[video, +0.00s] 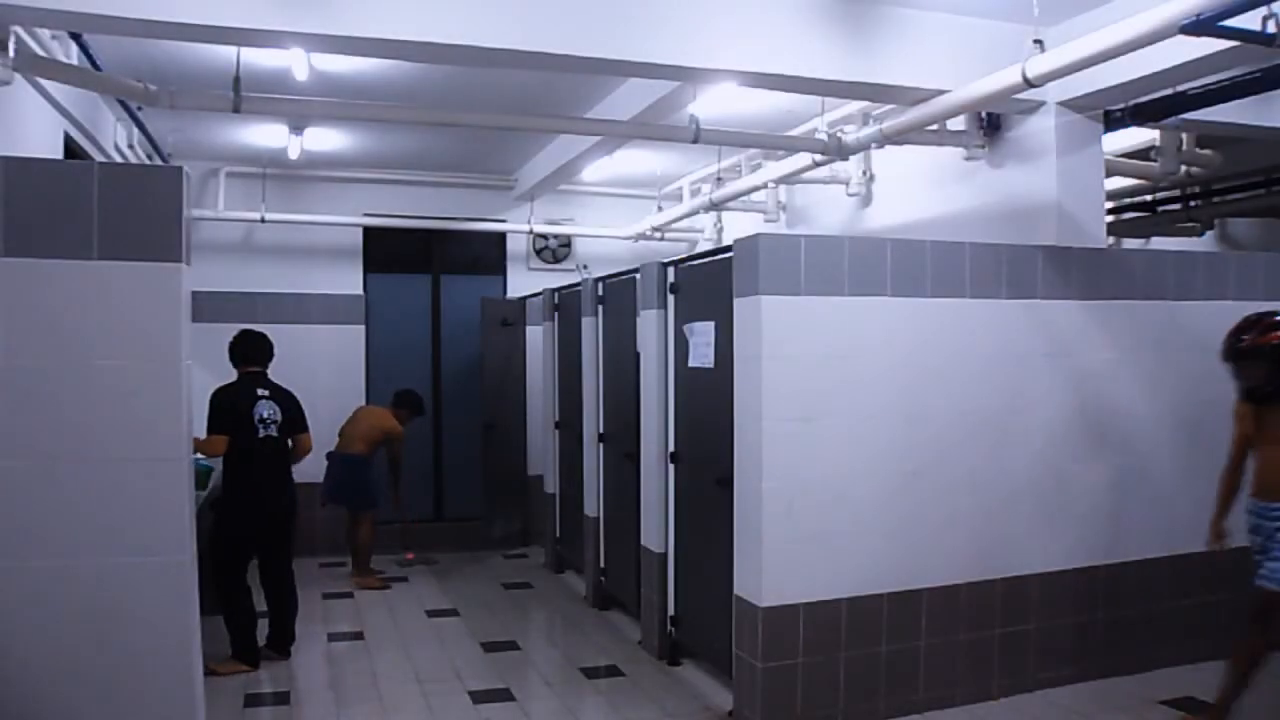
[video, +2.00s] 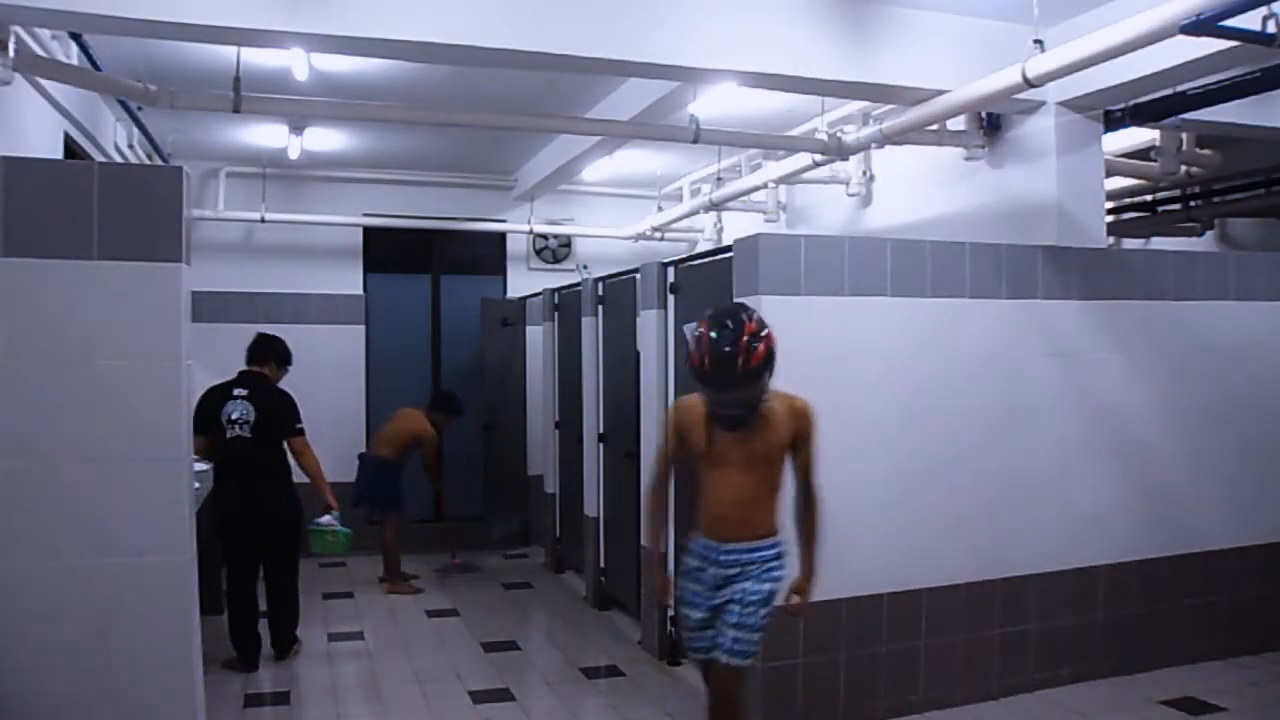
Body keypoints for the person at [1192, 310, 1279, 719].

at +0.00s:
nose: (1244, 375)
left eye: (1251, 364)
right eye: (1241, 365)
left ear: (1269, 364)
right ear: (1243, 366)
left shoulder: (1255, 405)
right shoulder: (1250, 404)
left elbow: (1235, 464)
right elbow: (1236, 463)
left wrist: (1219, 517)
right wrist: (1219, 518)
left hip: (1270, 520)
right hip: (1264, 518)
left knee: (1261, 619)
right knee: (1262, 619)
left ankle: (1221, 705)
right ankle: (1221, 704)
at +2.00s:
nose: (729, 411)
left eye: (741, 401)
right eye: (720, 399)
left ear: (763, 381)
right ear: (704, 383)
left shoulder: (793, 416)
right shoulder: (685, 414)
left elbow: (806, 494)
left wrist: (807, 571)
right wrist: (655, 563)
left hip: (759, 563)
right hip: (700, 560)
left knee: (726, 680)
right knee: (713, 679)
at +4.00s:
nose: (623, 413)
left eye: (636, 401)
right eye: (611, 401)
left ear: (654, 383)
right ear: (588, 380)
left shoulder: (671, 420)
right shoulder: (554, 420)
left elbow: (665, 489)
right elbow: (535, 491)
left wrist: (688, 552)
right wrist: (540, 561)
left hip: (648, 575)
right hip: (580, 576)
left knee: (651, 698)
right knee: (579, 701)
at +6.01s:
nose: (618, 408)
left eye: (630, 396)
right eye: (605, 397)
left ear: (649, 377)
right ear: (583, 376)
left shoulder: (669, 417)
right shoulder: (550, 422)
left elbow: (676, 491)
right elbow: (540, 493)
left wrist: (697, 546)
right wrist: (541, 562)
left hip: (649, 576)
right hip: (581, 578)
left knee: (655, 696)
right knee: (581, 699)